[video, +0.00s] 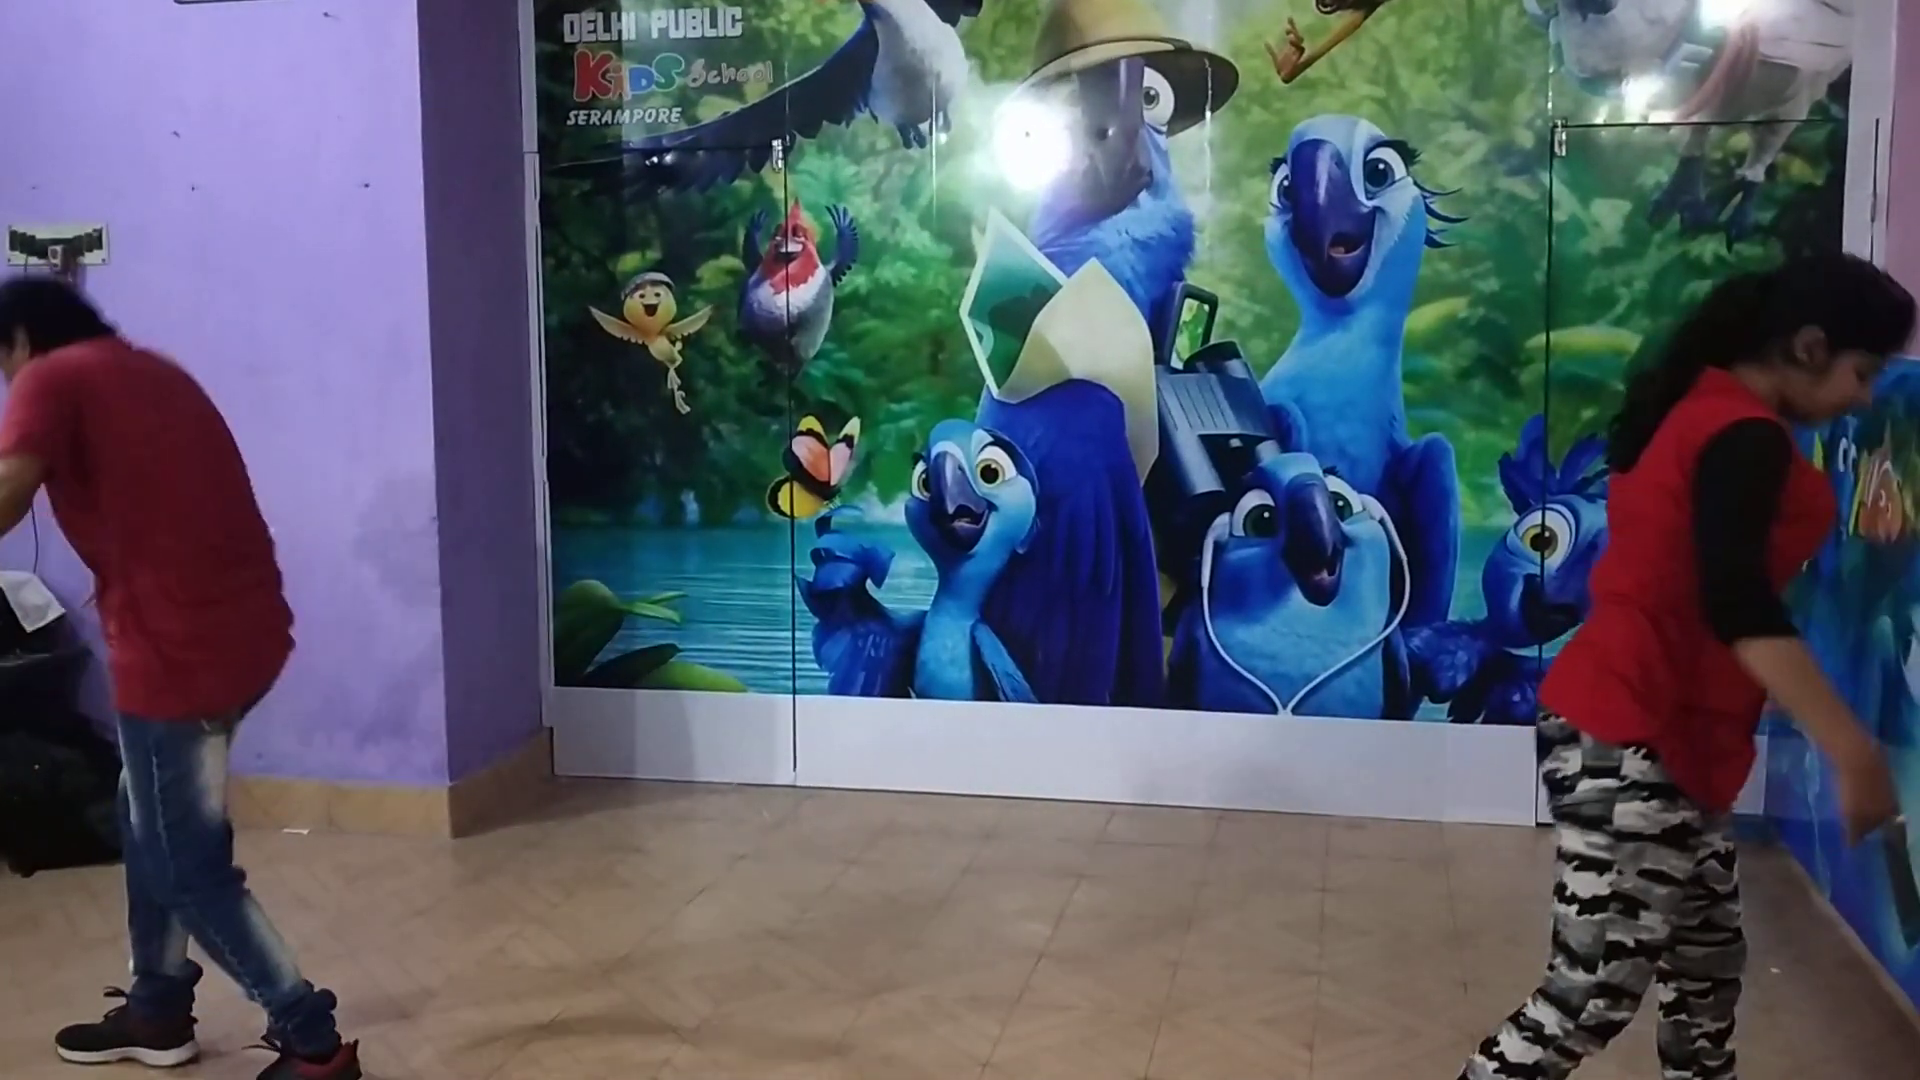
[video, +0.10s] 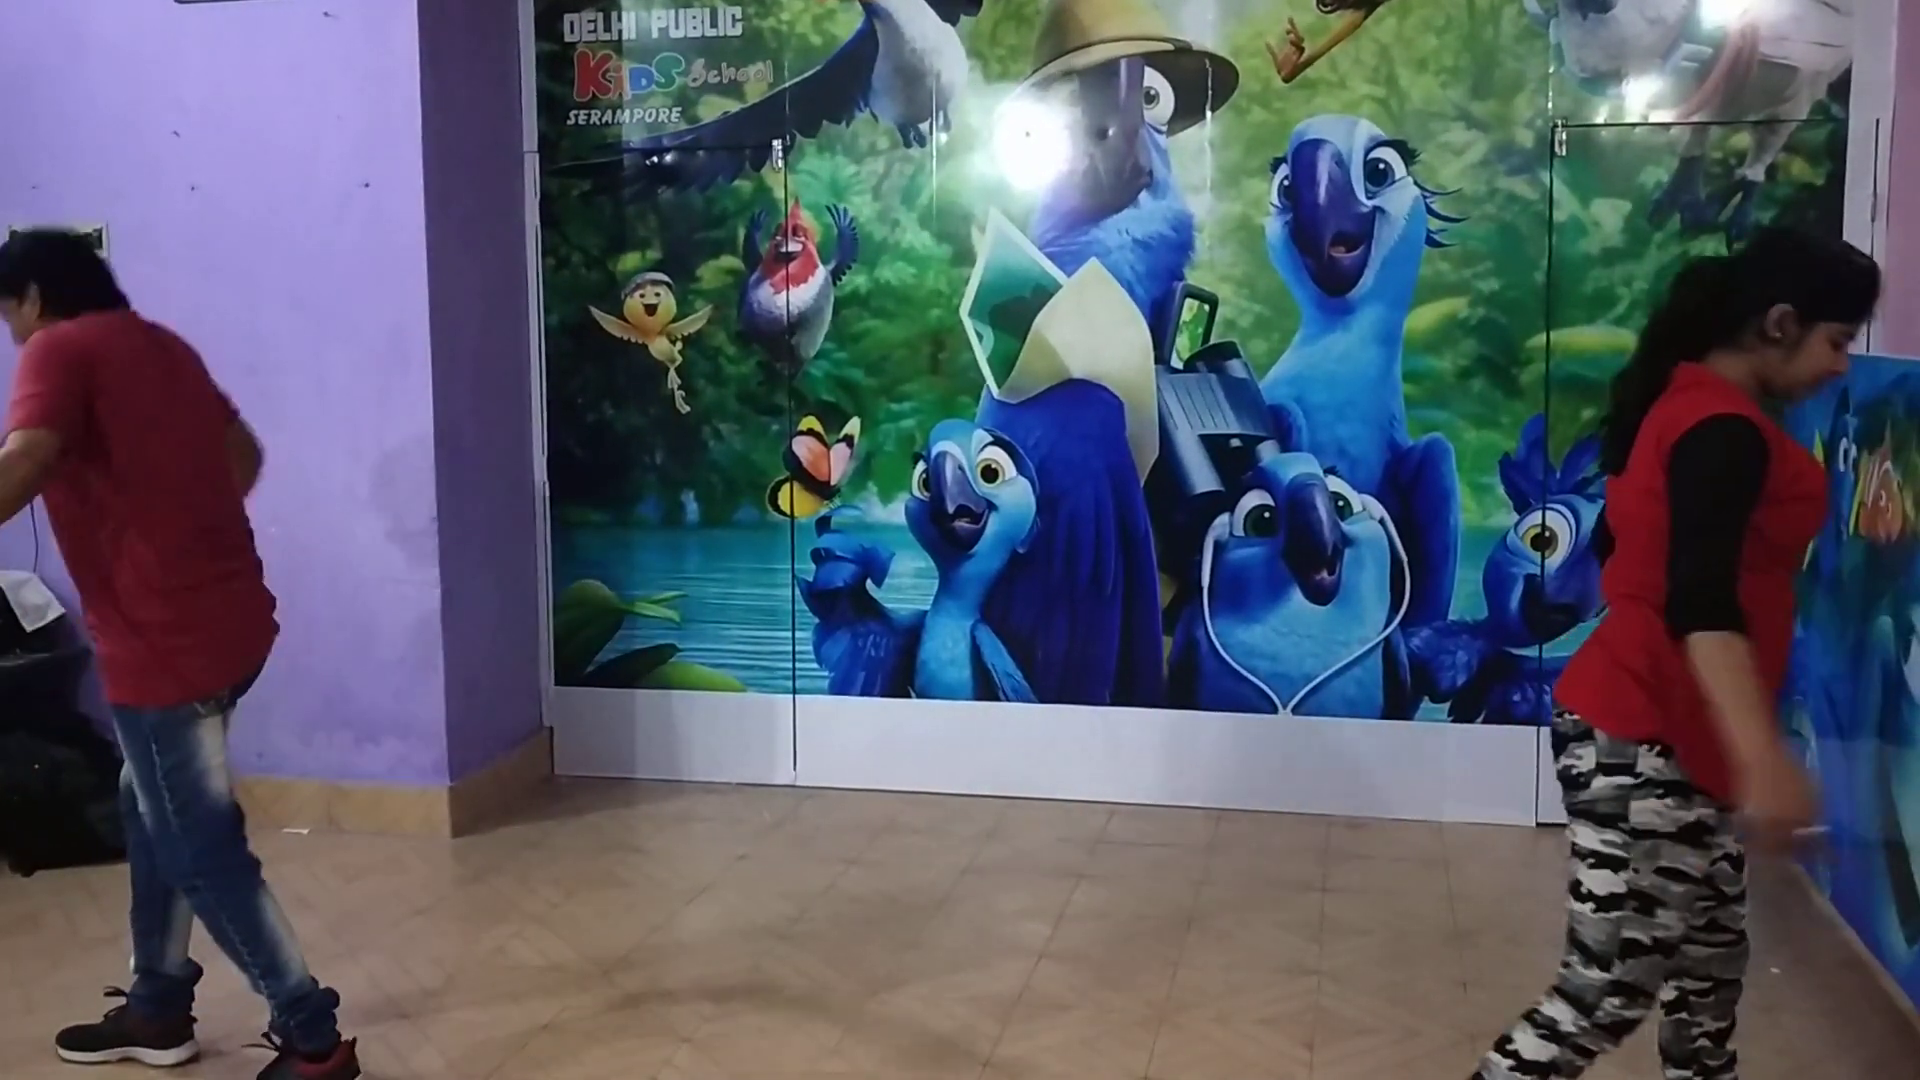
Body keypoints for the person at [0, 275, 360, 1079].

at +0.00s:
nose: (3, 373)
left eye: (0, 360)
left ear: (20, 342)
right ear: (80, 327)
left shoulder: (49, 379)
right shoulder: (155, 370)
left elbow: (7, 499)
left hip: (171, 651)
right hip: (247, 634)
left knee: (194, 871)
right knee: (148, 828)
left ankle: (313, 1043)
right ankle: (158, 1014)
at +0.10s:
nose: (10, 326)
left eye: (10, 309)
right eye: (8, 311)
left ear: (38, 297)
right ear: (93, 288)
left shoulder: (54, 350)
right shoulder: (165, 344)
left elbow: (27, 463)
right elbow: (243, 454)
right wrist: (175, 527)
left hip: (156, 644)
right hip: (235, 621)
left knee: (207, 853)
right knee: (153, 820)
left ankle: (314, 1040)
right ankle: (157, 1012)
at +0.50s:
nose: (19, 287)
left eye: (22, 269)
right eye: (17, 270)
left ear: (54, 266)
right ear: (96, 265)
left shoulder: (75, 361)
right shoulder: (168, 346)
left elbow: (66, 489)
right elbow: (251, 445)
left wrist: (6, 584)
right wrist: (287, 495)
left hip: (167, 643)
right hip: (234, 619)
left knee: (201, 853)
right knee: (149, 815)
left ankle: (313, 1031)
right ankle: (154, 1009)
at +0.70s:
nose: (75, 303)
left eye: (80, 286)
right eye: (74, 286)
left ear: (116, 286)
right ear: (162, 284)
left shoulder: (135, 392)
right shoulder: (222, 376)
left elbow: (143, 549)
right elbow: (282, 515)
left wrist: (124, 698)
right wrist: (306, 621)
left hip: (203, 659)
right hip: (260, 644)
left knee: (176, 872)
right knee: (156, 827)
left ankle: (314, 1029)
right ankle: (154, 1009)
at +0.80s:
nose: (114, 312)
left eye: (120, 294)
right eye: (114, 295)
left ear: (154, 294)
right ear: (190, 293)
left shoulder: (174, 400)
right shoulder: (262, 382)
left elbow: (196, 563)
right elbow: (307, 534)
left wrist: (197, 722)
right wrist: (333, 667)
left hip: (247, 673)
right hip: (299, 662)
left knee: (208, 864)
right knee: (196, 823)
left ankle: (321, 1036)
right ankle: (156, 998)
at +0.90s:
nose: (163, 318)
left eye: (168, 300)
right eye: (163, 301)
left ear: (204, 300)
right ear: (243, 298)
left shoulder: (220, 408)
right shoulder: (311, 387)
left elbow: (253, 566)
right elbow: (355, 539)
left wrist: (273, 724)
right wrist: (381, 682)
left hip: (294, 688)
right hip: (352, 669)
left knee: (221, 870)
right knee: (232, 830)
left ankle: (322, 1038)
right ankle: (242, 998)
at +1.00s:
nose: (219, 319)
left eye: (226, 301)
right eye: (219, 302)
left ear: (265, 302)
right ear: (300, 300)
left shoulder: (281, 410)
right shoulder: (361, 388)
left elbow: (323, 568)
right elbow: (411, 541)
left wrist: (357, 723)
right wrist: (433, 689)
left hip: (345, 688)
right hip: (408, 671)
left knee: (244, 858)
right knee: (311, 824)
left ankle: (325, 1037)